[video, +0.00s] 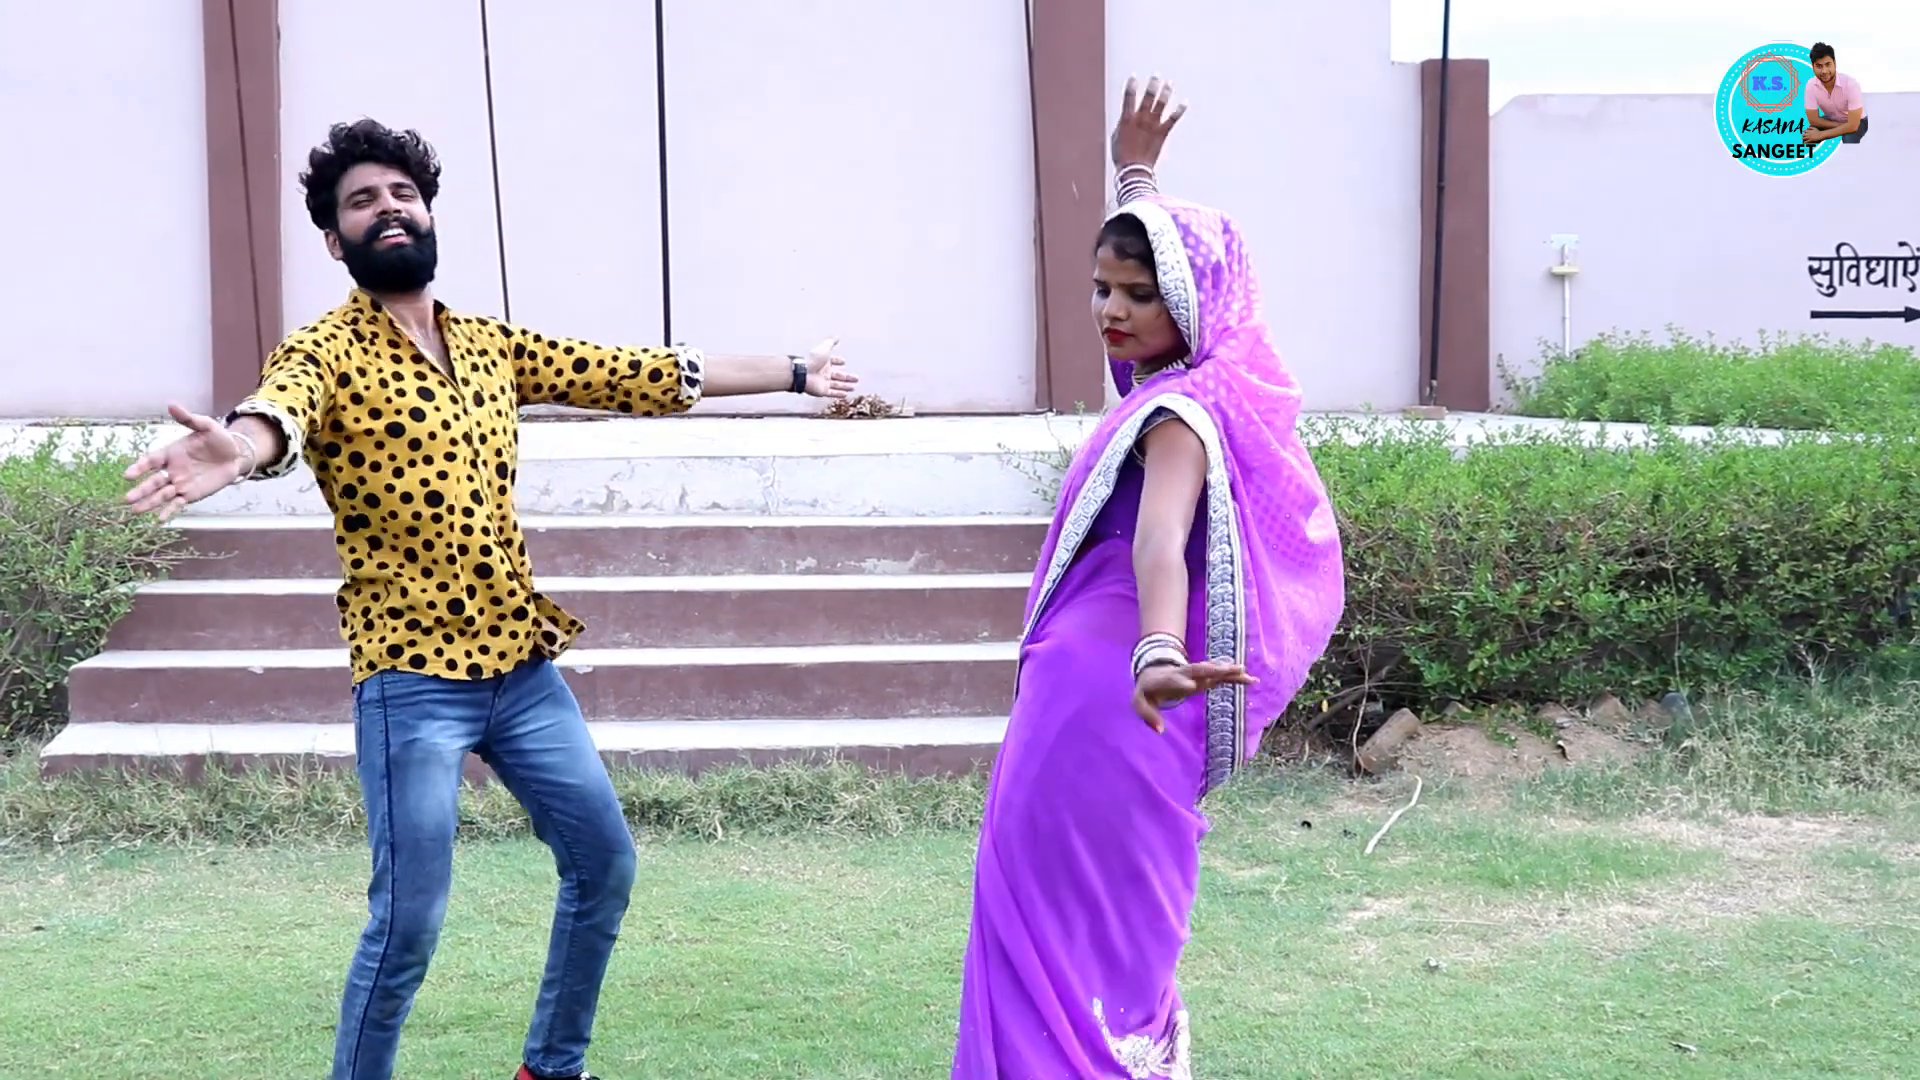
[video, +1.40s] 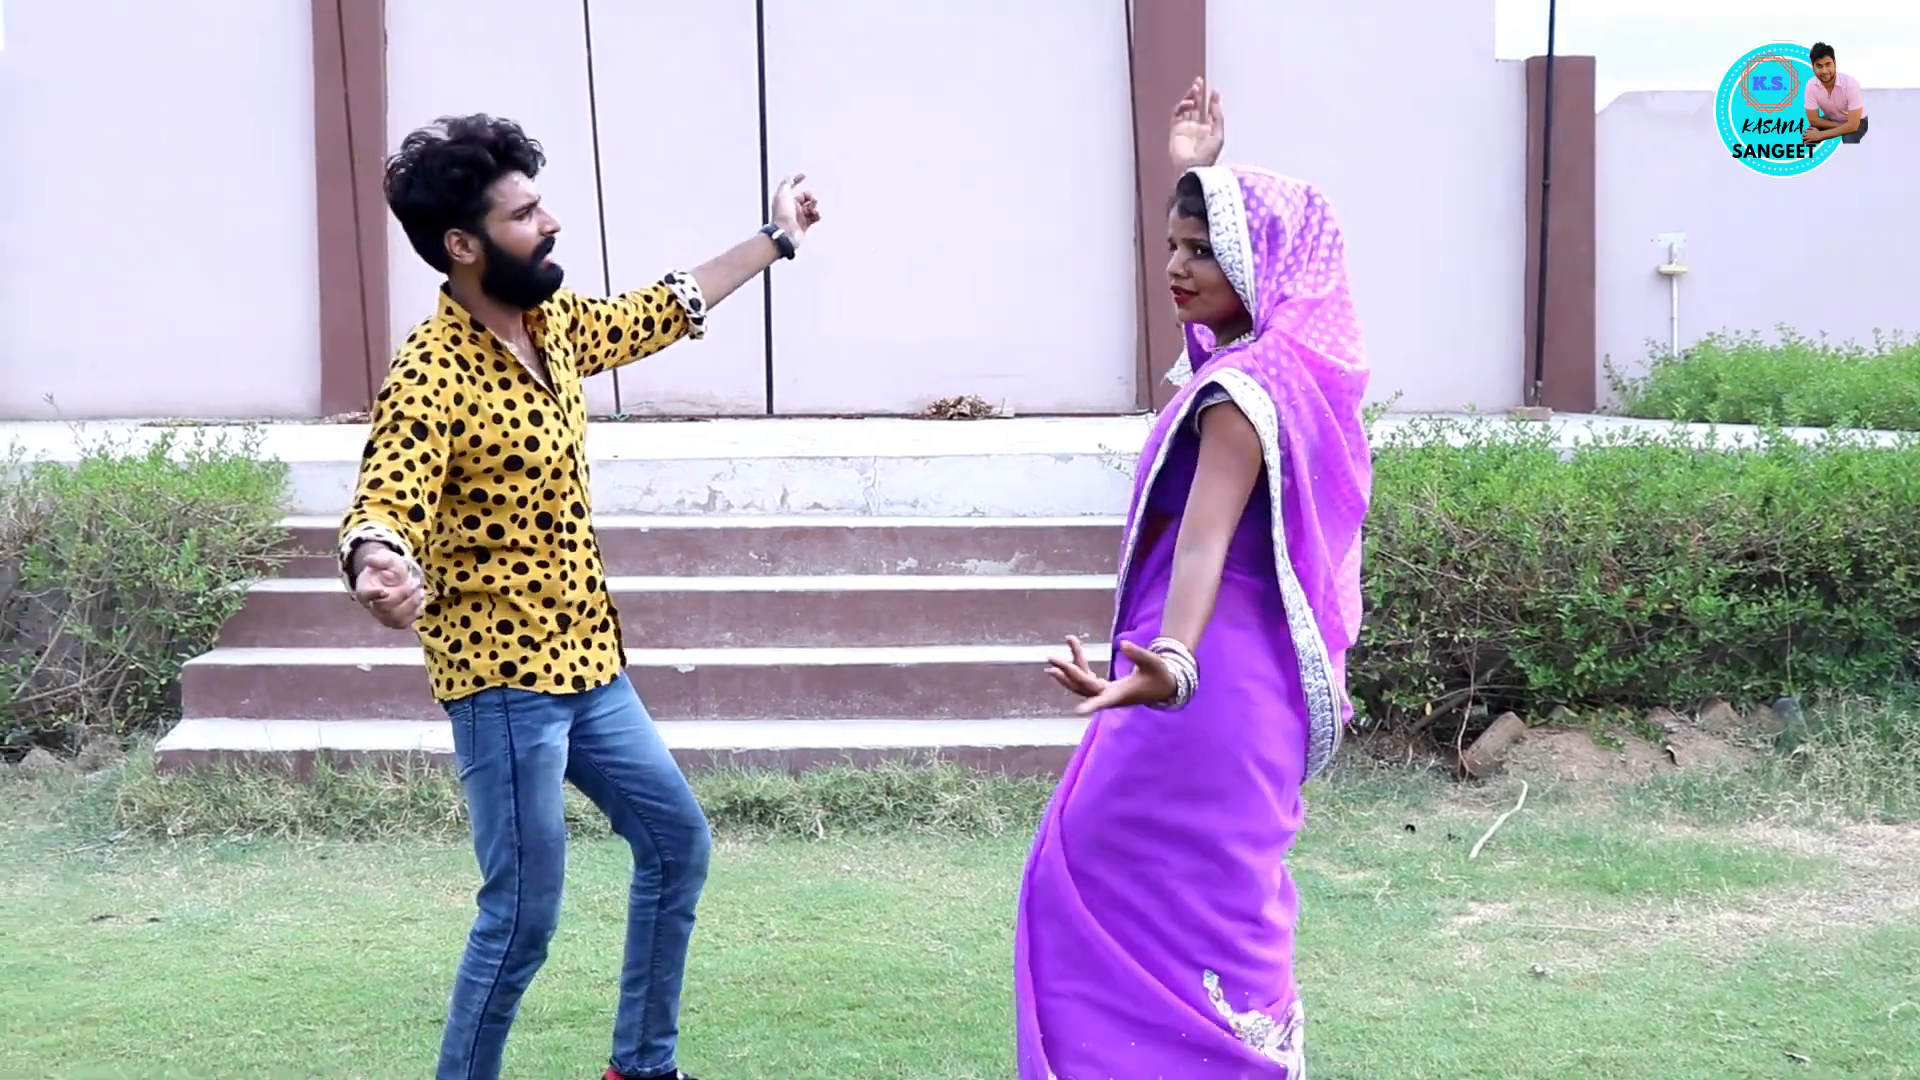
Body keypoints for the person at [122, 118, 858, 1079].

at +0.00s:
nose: (391, 210)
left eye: (404, 194)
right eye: (363, 201)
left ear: (433, 216)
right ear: (333, 240)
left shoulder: (490, 345)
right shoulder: (326, 350)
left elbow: (634, 374)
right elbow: (278, 409)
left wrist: (795, 374)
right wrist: (235, 446)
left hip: (520, 666)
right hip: (408, 674)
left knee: (604, 858)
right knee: (408, 923)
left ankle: (553, 1067)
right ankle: (357, 1074)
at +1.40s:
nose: (549, 223)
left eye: (541, 205)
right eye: (525, 212)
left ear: (490, 239)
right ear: (462, 246)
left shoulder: (559, 325)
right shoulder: (430, 375)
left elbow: (666, 308)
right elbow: (385, 505)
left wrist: (773, 237)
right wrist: (383, 562)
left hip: (587, 667)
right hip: (498, 680)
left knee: (677, 840)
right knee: (518, 918)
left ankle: (643, 1063)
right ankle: (462, 1072)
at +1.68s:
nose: (646, 220)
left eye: (641, 201)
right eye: (631, 205)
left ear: (586, 224)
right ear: (579, 226)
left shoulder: (621, 306)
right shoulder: (516, 361)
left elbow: (703, 271)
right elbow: (470, 516)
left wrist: (804, 212)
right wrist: (500, 589)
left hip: (650, 651)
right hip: (574, 665)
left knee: (725, 833)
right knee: (579, 898)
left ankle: (688, 1056)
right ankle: (508, 1071)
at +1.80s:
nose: (678, 245)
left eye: (673, 226)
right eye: (667, 228)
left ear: (620, 245)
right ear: (622, 246)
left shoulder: (637, 333)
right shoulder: (537, 391)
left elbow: (709, 302)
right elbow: (533, 577)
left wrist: (795, 230)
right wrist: (604, 661)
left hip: (678, 658)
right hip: (602, 681)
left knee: (757, 833)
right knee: (618, 910)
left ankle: (699, 1058)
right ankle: (529, 1071)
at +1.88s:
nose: (708, 250)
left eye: (703, 231)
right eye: (694, 233)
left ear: (644, 248)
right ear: (650, 251)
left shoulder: (648, 330)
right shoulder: (567, 393)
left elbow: (708, 293)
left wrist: (787, 217)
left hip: (688, 652)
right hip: (622, 674)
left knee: (770, 831)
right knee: (629, 906)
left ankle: (703, 1058)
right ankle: (534, 1071)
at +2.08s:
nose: (777, 245)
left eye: (775, 228)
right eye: (773, 230)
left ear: (687, 236)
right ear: (743, 247)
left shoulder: (650, 296)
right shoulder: (711, 400)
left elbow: (684, 192)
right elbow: (748, 587)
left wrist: (771, 101)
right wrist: (847, 659)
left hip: (677, 629)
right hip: (688, 650)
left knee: (761, 833)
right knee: (646, 883)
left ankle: (707, 1065)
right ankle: (530, 1068)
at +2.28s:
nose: (864, 284)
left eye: (864, 266)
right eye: (863, 268)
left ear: (768, 259)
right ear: (838, 277)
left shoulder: (702, 317)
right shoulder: (810, 415)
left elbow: (725, 178)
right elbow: (867, 583)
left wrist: (786, 57)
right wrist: (826, 547)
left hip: (694, 650)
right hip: (773, 668)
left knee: (757, 882)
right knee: (787, 897)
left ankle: (706, 1071)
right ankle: (581, 1047)